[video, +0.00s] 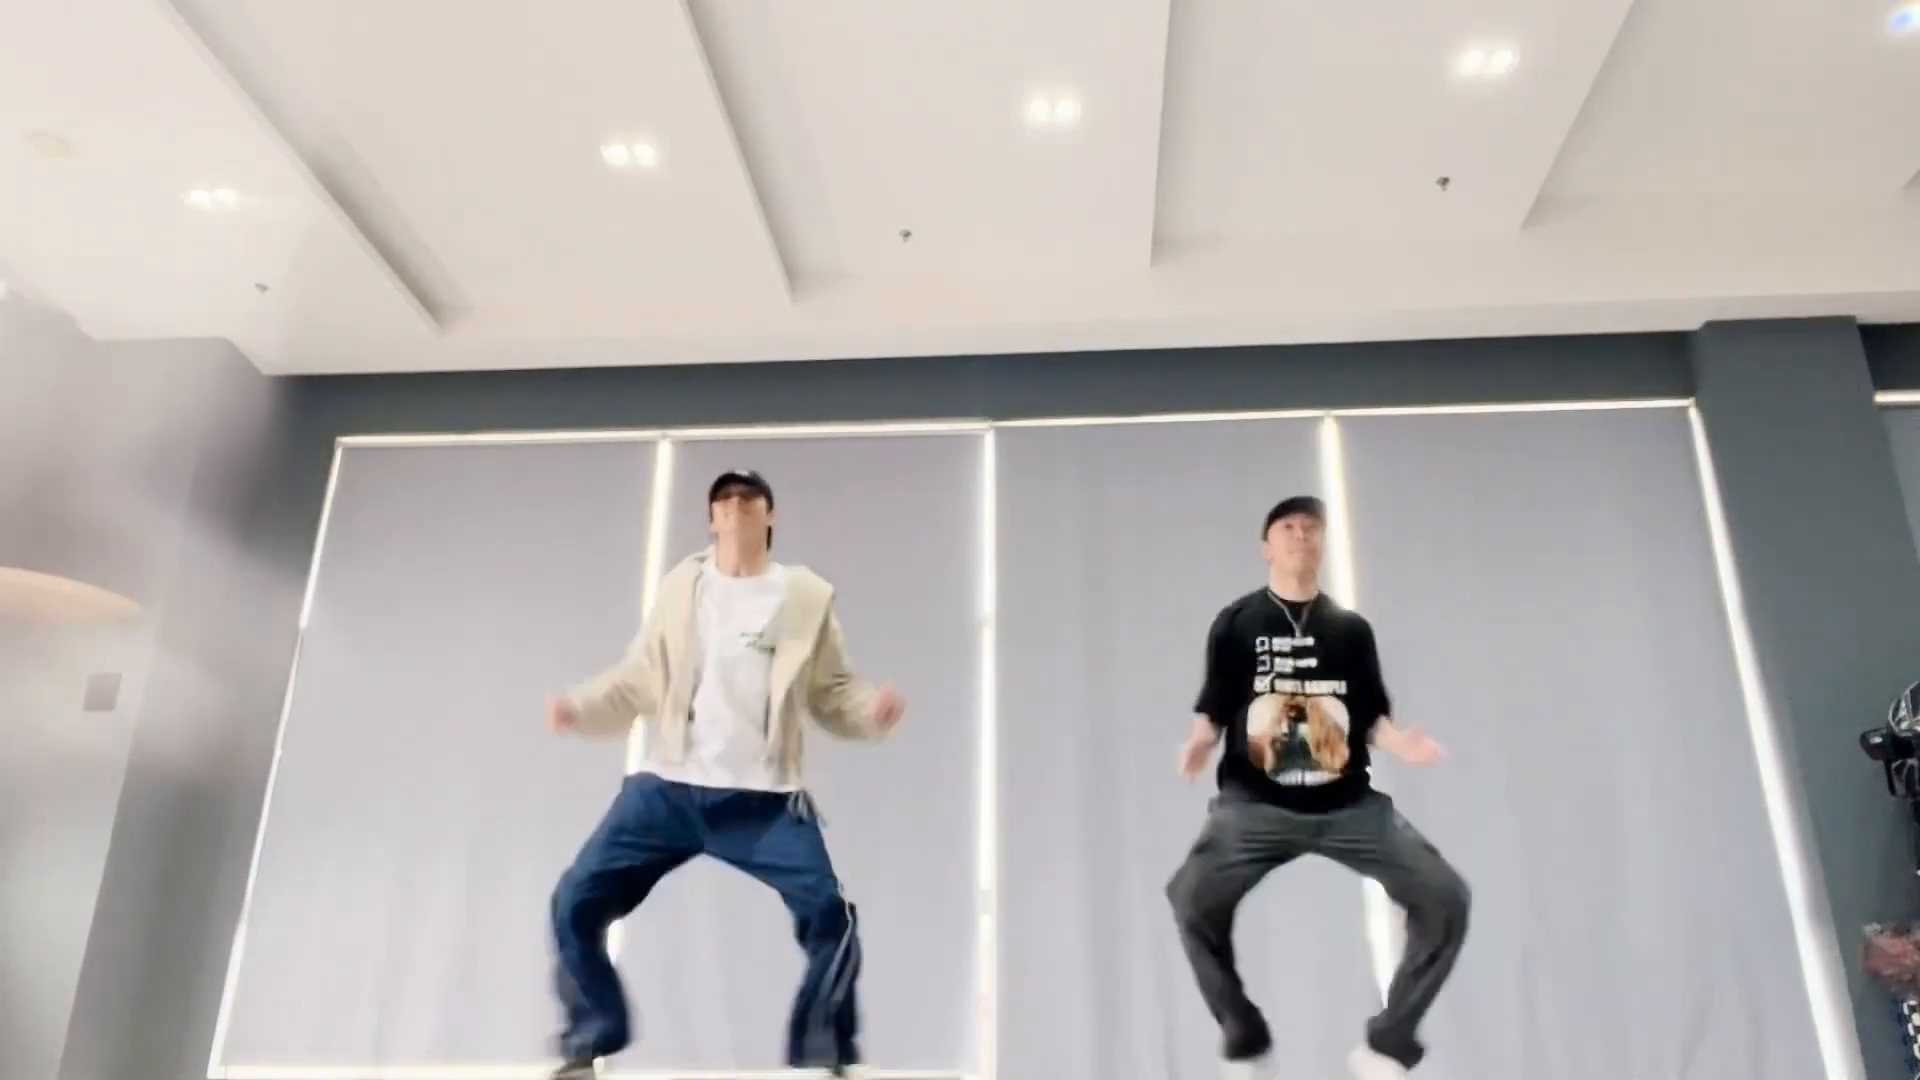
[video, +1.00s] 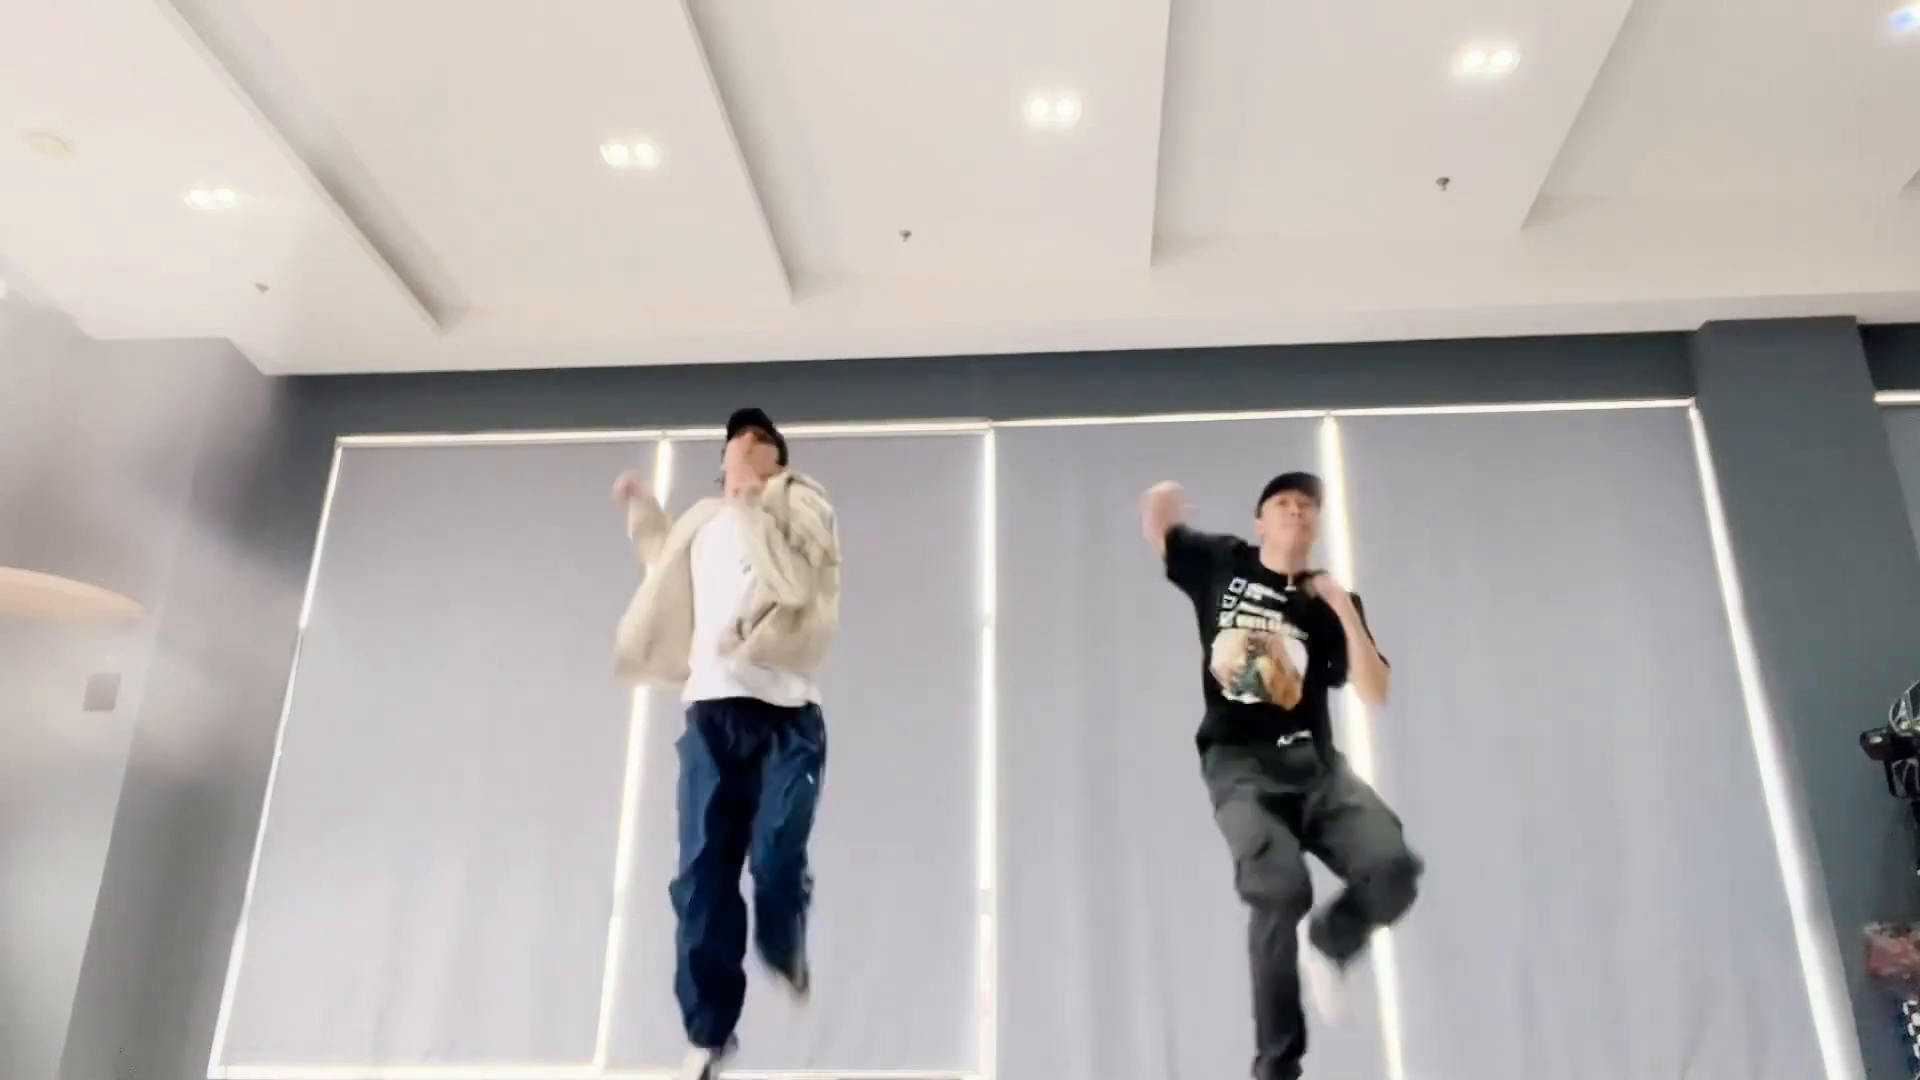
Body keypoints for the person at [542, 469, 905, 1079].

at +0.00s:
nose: (734, 506)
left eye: (749, 498)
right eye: (724, 499)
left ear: (771, 517)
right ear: (711, 520)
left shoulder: (807, 595)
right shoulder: (681, 584)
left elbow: (831, 693)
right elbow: (644, 679)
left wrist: (869, 713)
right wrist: (581, 707)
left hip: (762, 803)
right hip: (663, 795)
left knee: (828, 913)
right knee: (574, 903)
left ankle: (825, 1060)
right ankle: (590, 1046)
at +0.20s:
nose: (730, 545)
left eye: (743, 536)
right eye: (719, 540)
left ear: (769, 556)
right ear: (708, 563)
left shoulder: (807, 626)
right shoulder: (676, 617)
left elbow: (888, 652)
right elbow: (573, 607)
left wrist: (885, 644)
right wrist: (600, 621)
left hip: (763, 844)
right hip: (670, 842)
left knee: (818, 968)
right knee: (582, 985)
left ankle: (910, 1076)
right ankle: (464, 1075)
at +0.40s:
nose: (721, 485)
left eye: (731, 474)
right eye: (713, 481)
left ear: (764, 482)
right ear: (710, 495)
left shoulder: (820, 523)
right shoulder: (708, 541)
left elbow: (892, 498)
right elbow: (673, 583)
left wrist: (846, 468)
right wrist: (732, 506)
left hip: (778, 743)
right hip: (701, 737)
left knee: (770, 887)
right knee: (599, 829)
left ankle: (805, 1036)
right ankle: (619, 910)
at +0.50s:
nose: (736, 483)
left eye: (745, 474)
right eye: (723, 481)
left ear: (765, 488)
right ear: (709, 505)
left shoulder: (811, 518)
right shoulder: (710, 561)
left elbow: (858, 451)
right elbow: (701, 542)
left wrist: (804, 411)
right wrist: (709, 474)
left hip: (785, 749)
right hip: (718, 727)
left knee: (754, 915)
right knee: (637, 749)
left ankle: (753, 1057)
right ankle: (704, 853)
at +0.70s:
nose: (749, 509)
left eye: (761, 500)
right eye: (739, 501)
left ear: (783, 514)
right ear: (726, 517)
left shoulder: (809, 545)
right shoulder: (716, 577)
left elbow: (767, 571)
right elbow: (695, 653)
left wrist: (710, 623)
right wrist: (676, 725)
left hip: (802, 757)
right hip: (729, 757)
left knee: (784, 922)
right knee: (727, 908)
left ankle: (753, 1067)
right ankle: (702, 1053)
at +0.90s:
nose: (750, 462)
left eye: (764, 454)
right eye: (743, 453)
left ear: (787, 471)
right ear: (731, 470)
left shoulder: (808, 512)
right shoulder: (710, 539)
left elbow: (776, 576)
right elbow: (689, 634)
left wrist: (701, 553)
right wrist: (632, 646)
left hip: (793, 729)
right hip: (717, 724)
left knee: (784, 896)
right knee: (700, 865)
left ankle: (764, 1059)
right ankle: (694, 1031)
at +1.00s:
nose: (742, 456)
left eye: (755, 446)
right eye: (734, 446)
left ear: (778, 460)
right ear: (723, 459)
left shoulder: (805, 507)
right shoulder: (703, 517)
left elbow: (800, 587)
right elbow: (672, 575)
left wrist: (755, 509)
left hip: (787, 712)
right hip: (711, 710)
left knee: (777, 857)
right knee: (701, 874)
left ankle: (784, 956)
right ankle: (709, 1033)